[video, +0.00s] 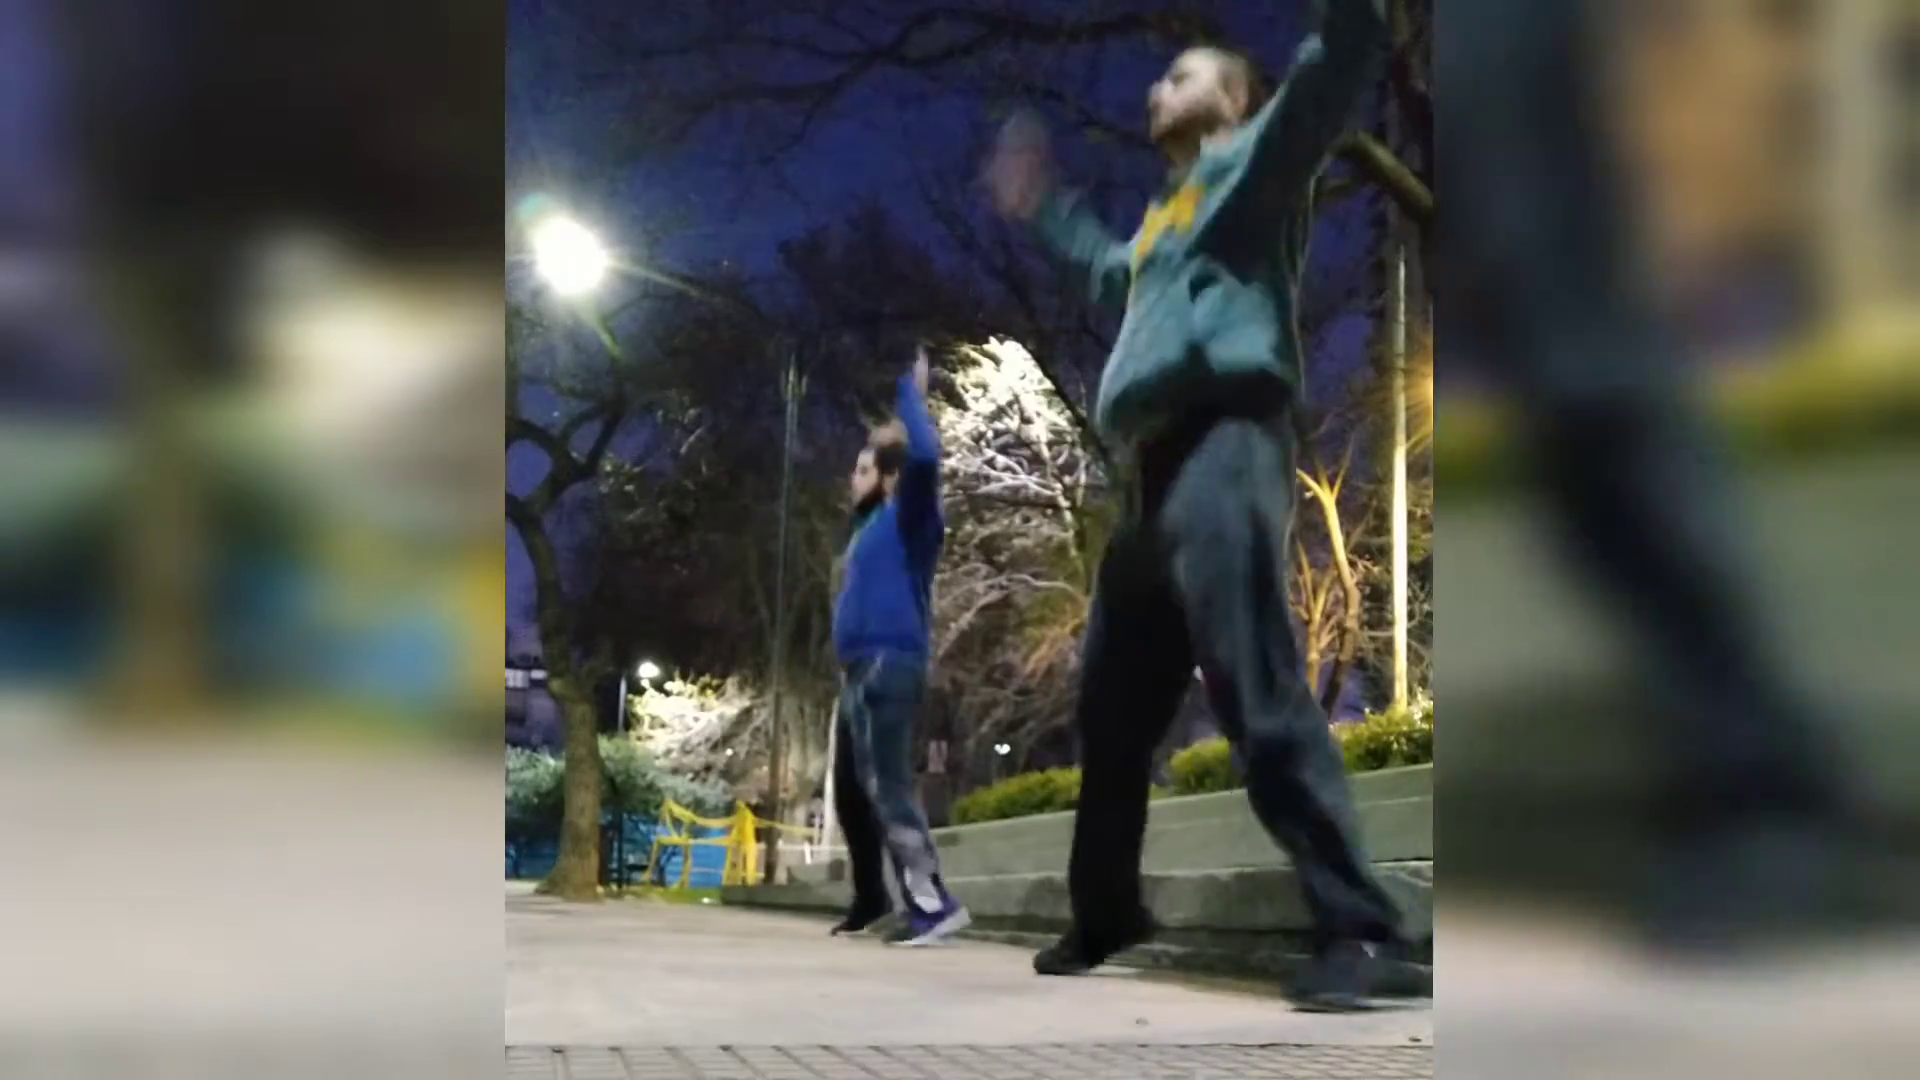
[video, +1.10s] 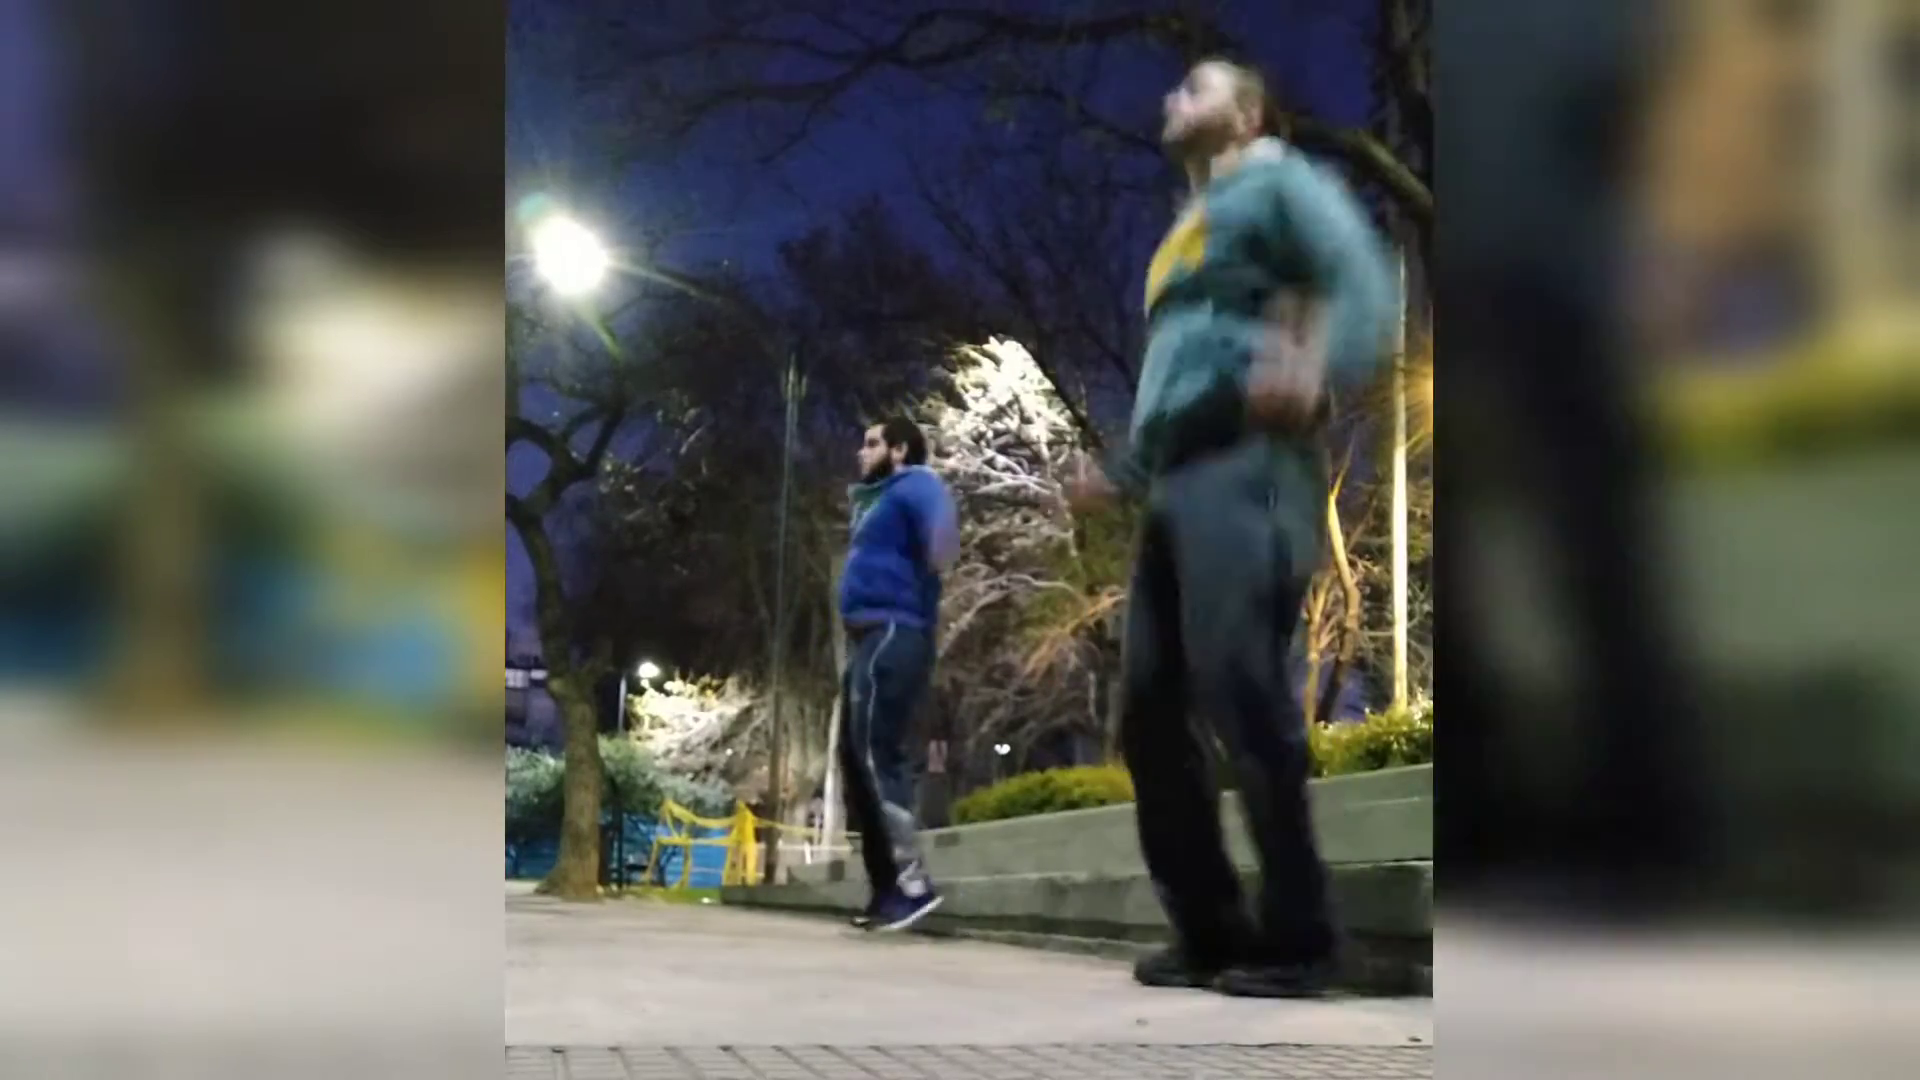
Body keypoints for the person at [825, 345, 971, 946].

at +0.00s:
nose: (852, 475)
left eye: (861, 467)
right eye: (855, 467)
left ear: (886, 474)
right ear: (872, 477)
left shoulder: (908, 517)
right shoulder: (866, 527)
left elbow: (924, 458)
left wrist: (913, 395)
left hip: (892, 656)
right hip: (857, 659)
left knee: (888, 786)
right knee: (854, 790)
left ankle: (932, 904)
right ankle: (879, 897)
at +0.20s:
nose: (855, 452)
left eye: (865, 444)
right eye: (856, 444)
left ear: (893, 451)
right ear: (876, 453)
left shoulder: (911, 485)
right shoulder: (869, 498)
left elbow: (935, 551)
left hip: (894, 631)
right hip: (862, 635)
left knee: (873, 755)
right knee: (852, 763)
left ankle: (909, 885)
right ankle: (883, 892)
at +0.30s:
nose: (853, 486)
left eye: (863, 478)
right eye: (855, 477)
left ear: (890, 484)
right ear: (885, 486)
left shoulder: (908, 526)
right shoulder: (881, 532)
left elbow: (921, 593)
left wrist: (921, 658)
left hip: (891, 671)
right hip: (869, 671)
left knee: (861, 791)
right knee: (850, 793)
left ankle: (912, 909)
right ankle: (896, 906)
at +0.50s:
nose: (867, 447)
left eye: (877, 438)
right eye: (869, 438)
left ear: (905, 449)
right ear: (893, 451)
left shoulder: (915, 484)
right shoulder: (878, 499)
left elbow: (925, 506)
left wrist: (940, 485)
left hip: (892, 626)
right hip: (863, 630)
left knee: (883, 755)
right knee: (865, 764)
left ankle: (918, 882)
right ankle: (882, 893)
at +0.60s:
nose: (868, 443)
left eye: (877, 435)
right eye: (870, 436)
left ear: (906, 447)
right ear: (891, 452)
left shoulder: (918, 490)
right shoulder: (876, 500)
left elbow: (945, 454)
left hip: (893, 624)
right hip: (859, 628)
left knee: (891, 748)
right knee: (863, 759)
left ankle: (929, 874)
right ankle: (877, 879)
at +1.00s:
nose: (863, 453)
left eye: (873, 445)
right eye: (865, 445)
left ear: (901, 451)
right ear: (888, 454)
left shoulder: (919, 488)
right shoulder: (880, 496)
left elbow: (953, 479)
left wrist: (943, 430)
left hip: (895, 629)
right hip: (863, 630)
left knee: (887, 753)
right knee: (860, 761)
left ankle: (922, 881)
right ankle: (880, 886)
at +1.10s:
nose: (862, 452)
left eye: (872, 444)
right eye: (863, 443)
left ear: (900, 450)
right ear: (883, 452)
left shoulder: (918, 484)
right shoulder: (872, 495)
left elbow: (942, 547)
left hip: (897, 627)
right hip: (865, 630)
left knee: (872, 751)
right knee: (860, 755)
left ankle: (911, 883)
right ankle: (888, 886)